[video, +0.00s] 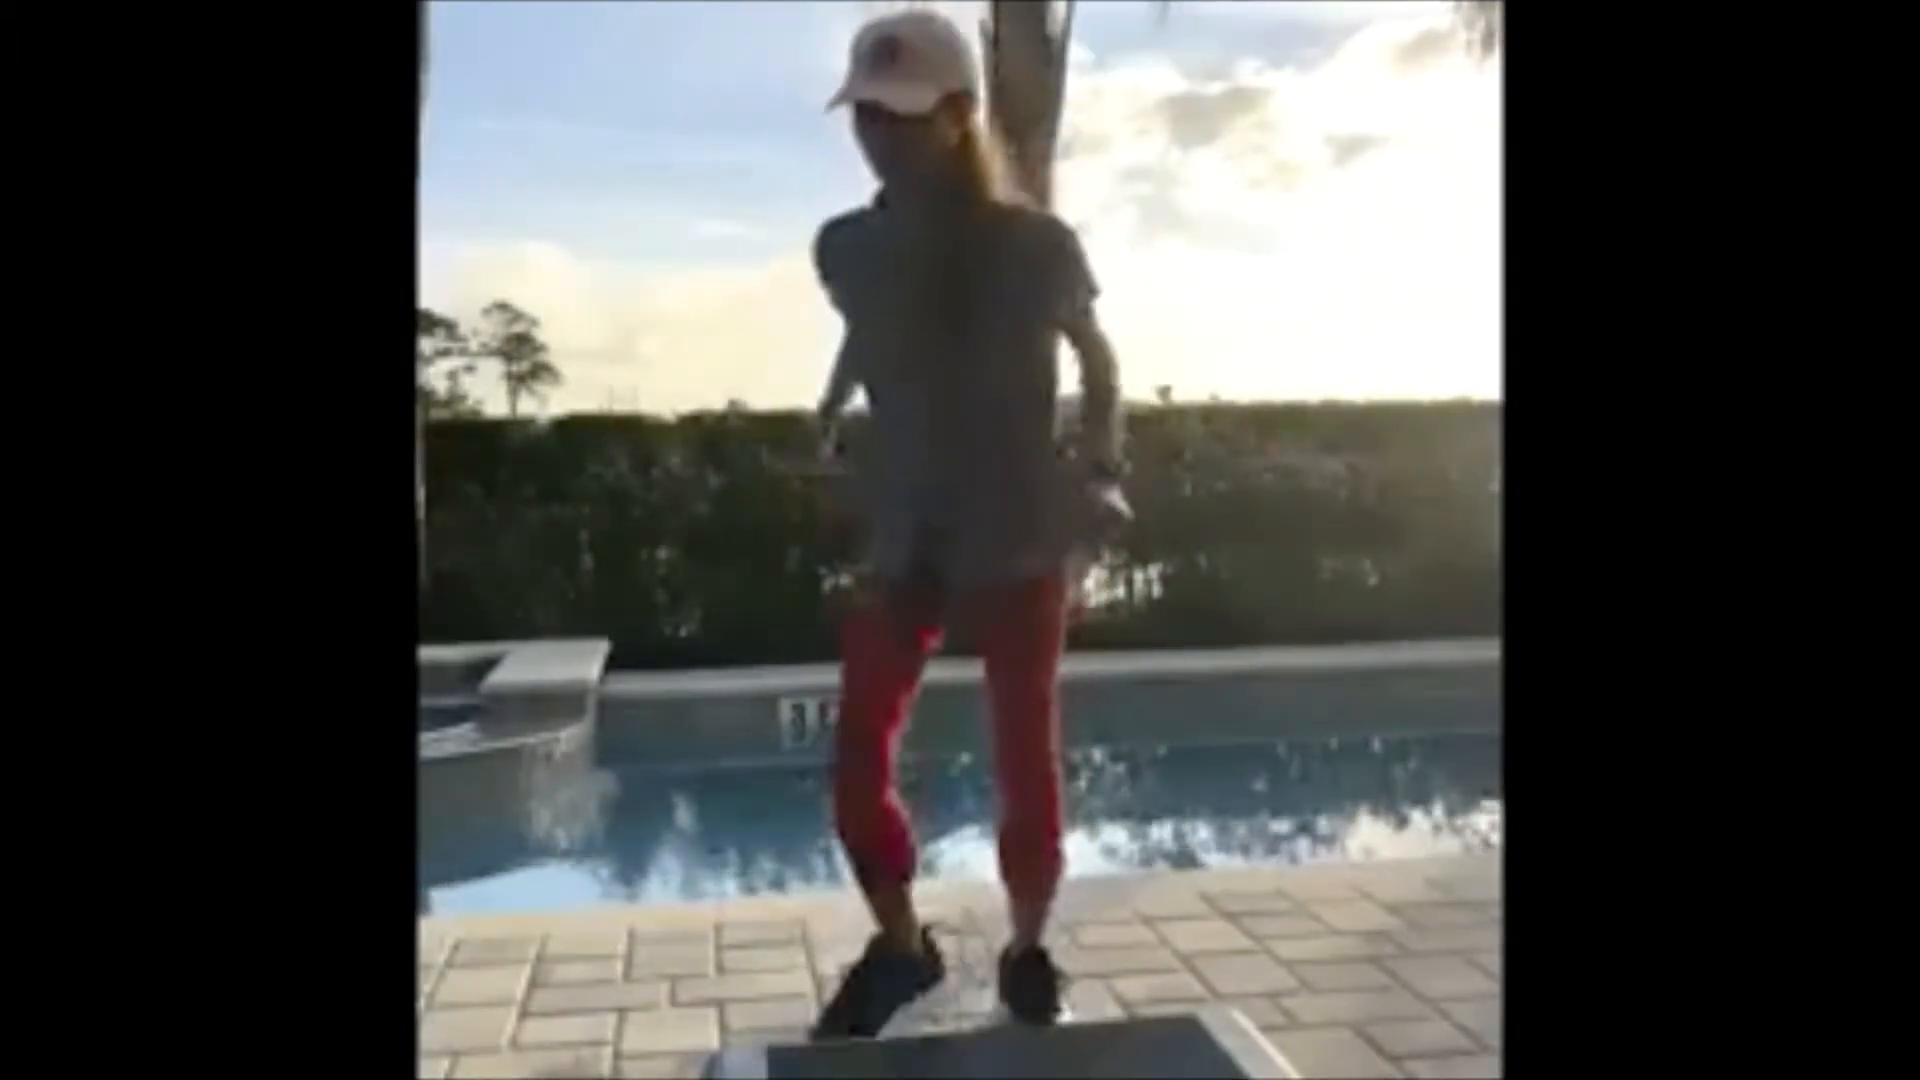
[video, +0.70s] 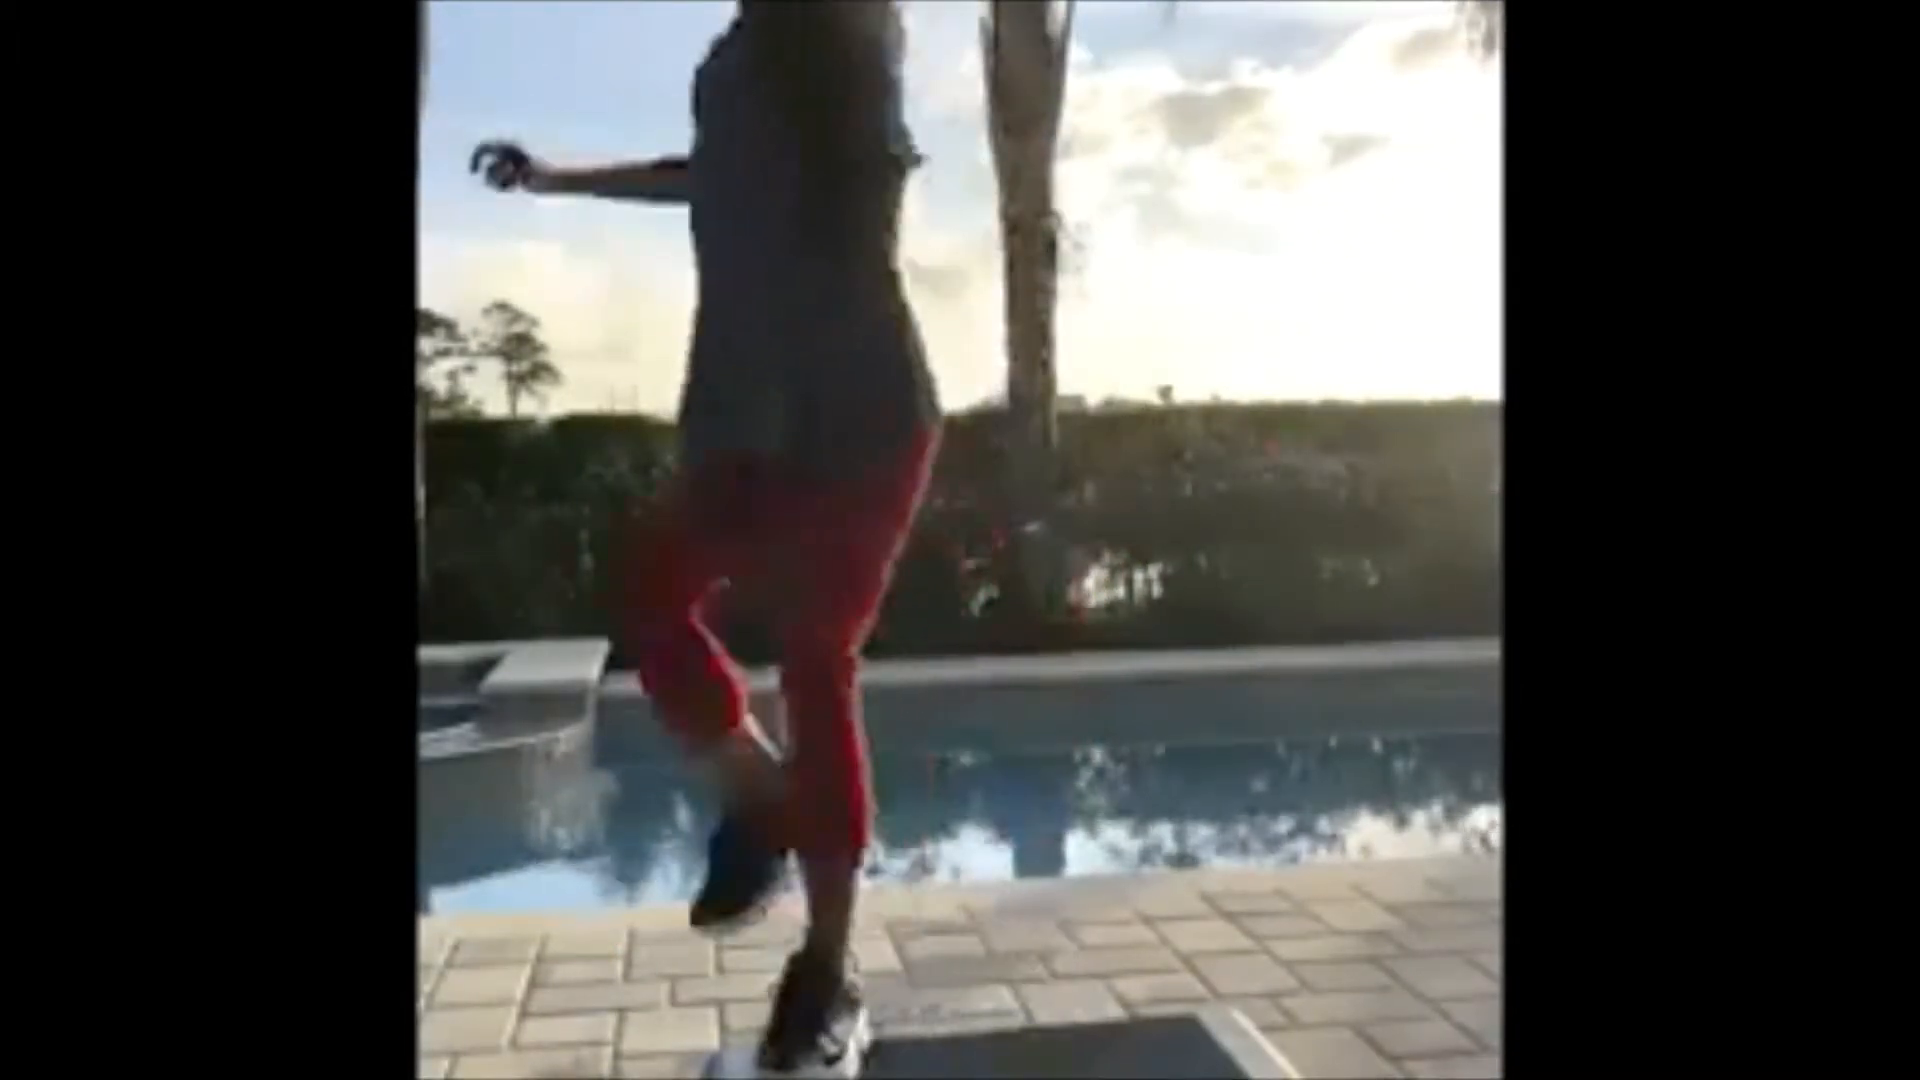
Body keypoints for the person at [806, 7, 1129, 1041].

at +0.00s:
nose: (883, 140)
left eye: (906, 119)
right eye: (867, 118)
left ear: (961, 119)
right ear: (850, 122)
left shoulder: (1036, 245)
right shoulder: (848, 248)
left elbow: (1100, 366)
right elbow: (866, 330)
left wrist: (1098, 470)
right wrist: (826, 411)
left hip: (1021, 524)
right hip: (901, 528)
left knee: (1025, 754)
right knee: (857, 756)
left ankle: (1028, 948)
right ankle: (900, 941)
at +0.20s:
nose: (814, 124)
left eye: (834, 103)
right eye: (801, 102)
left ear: (890, 102)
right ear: (788, 106)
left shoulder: (964, 224)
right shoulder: (795, 248)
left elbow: (1026, 368)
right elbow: (766, 393)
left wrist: (1007, 470)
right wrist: (759, 431)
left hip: (969, 518)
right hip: (863, 526)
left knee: (918, 751)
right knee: (867, 761)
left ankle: (1001, 896)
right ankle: (909, 974)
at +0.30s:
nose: (787, 104)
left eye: (807, 82)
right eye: (778, 83)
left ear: (871, 82)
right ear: (771, 87)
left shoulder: (940, 200)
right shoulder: (752, 227)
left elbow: (1027, 342)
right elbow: (655, 355)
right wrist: (661, 326)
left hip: (958, 501)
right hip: (848, 518)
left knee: (862, 649)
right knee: (876, 700)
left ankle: (937, 864)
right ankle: (915, 958)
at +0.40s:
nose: (774, 108)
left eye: (795, 87)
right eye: (761, 86)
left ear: (854, 88)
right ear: (748, 88)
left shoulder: (909, 193)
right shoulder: (728, 223)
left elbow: (1015, 249)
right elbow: (578, 274)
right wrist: (589, 187)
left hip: (938, 501)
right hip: (825, 516)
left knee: (834, 632)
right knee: (874, 720)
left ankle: (867, 898)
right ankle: (911, 963)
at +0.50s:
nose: (762, 62)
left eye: (782, 39)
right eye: (748, 42)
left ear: (837, 45)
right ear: (738, 52)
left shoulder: (903, 157)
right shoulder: (713, 178)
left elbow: (1001, 152)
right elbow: (570, 206)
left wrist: (937, 34)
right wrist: (535, 114)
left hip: (915, 494)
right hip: (800, 503)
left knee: (806, 655)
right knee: (856, 722)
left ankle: (826, 961)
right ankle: (897, 961)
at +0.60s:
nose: (770, 11)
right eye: (756, 2)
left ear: (833, 2)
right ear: (743, 14)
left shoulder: (883, 90)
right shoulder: (720, 110)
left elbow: (946, 74)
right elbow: (630, 170)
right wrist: (502, 105)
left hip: (882, 440)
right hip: (755, 450)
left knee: (803, 672)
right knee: (765, 699)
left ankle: (826, 967)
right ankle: (850, 903)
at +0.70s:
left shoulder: (856, 33)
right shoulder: (729, 63)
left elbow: (871, 169)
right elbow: (712, 179)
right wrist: (551, 178)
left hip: (866, 406)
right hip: (751, 405)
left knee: (816, 661)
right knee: (648, 599)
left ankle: (825, 972)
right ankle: (760, 790)